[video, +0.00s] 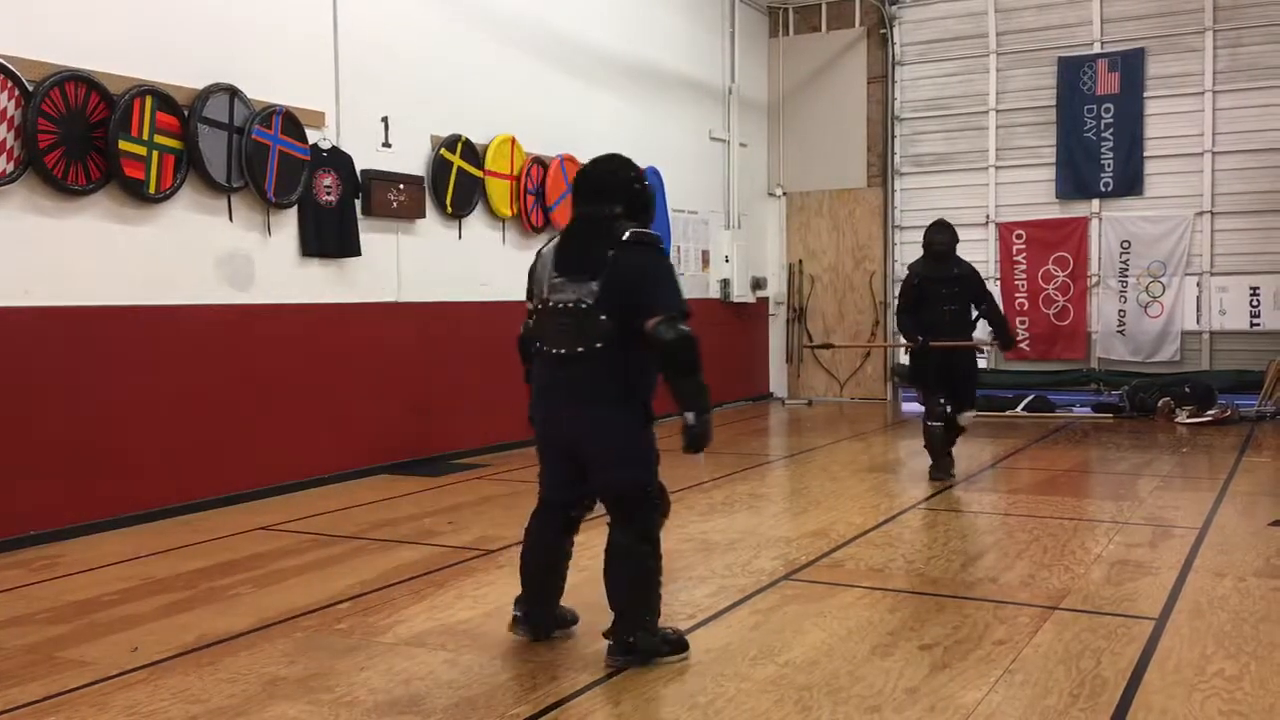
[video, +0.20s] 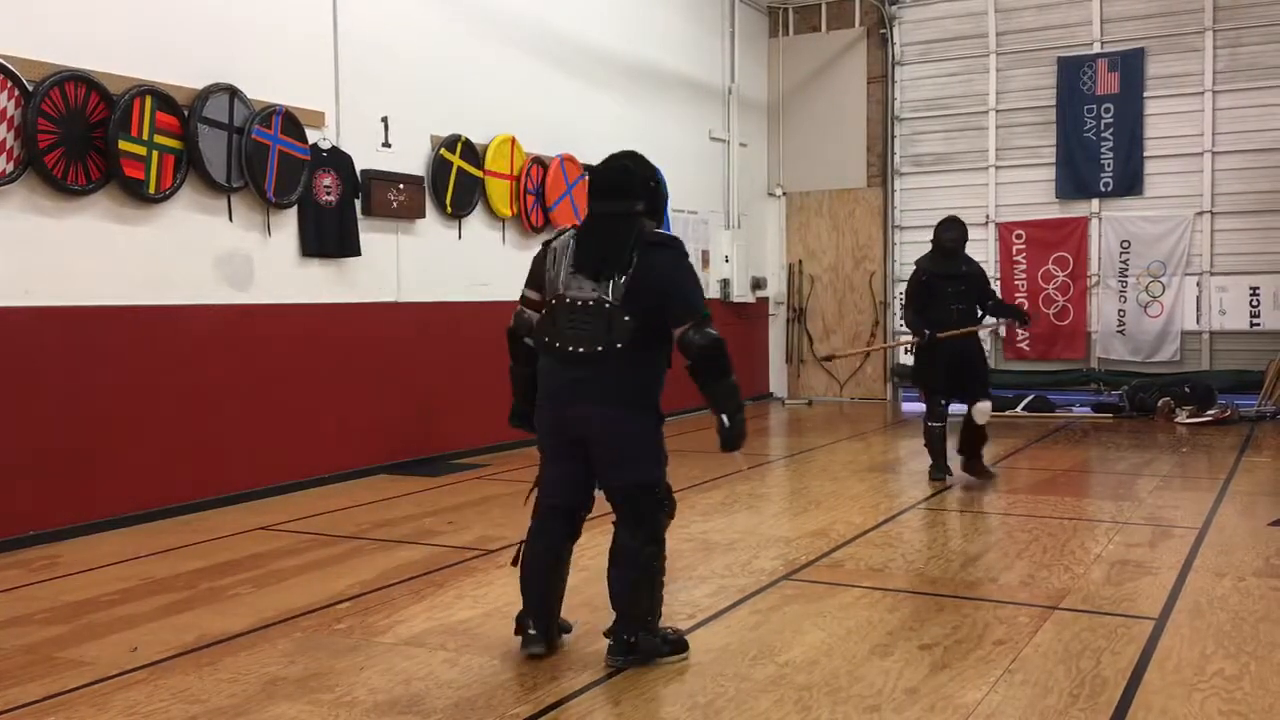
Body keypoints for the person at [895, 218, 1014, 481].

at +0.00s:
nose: (942, 251)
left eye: (947, 245)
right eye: (937, 245)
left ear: (955, 244)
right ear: (927, 244)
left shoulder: (965, 272)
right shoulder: (917, 273)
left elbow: (987, 305)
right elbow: (903, 313)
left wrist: (1005, 335)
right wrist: (913, 337)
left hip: (960, 350)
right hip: (928, 351)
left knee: (964, 410)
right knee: (935, 407)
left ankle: (944, 448)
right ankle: (939, 465)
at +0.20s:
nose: (953, 247)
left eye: (958, 241)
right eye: (948, 241)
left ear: (965, 241)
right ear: (937, 239)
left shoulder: (971, 269)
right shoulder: (924, 269)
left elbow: (989, 303)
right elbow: (909, 311)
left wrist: (1015, 312)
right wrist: (920, 329)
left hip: (968, 345)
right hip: (934, 346)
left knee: (982, 405)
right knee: (937, 406)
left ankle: (971, 458)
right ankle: (939, 465)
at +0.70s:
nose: (988, 244)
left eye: (993, 237)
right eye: (982, 237)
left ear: (1002, 238)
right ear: (972, 237)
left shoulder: (1009, 269)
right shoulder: (958, 268)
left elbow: (1033, 297)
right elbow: (942, 305)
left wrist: (1058, 311)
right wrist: (948, 324)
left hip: (1001, 349)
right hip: (965, 348)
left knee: (1002, 411)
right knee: (964, 409)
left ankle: (1000, 472)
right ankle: (957, 458)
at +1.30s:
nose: (971, 242)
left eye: (978, 235)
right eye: (966, 235)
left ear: (991, 236)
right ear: (959, 236)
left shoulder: (1006, 268)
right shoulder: (951, 269)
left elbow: (1034, 303)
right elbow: (935, 307)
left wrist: (1053, 336)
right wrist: (936, 324)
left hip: (999, 357)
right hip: (960, 357)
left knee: (1008, 421)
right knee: (968, 420)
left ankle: (1005, 462)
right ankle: (976, 482)